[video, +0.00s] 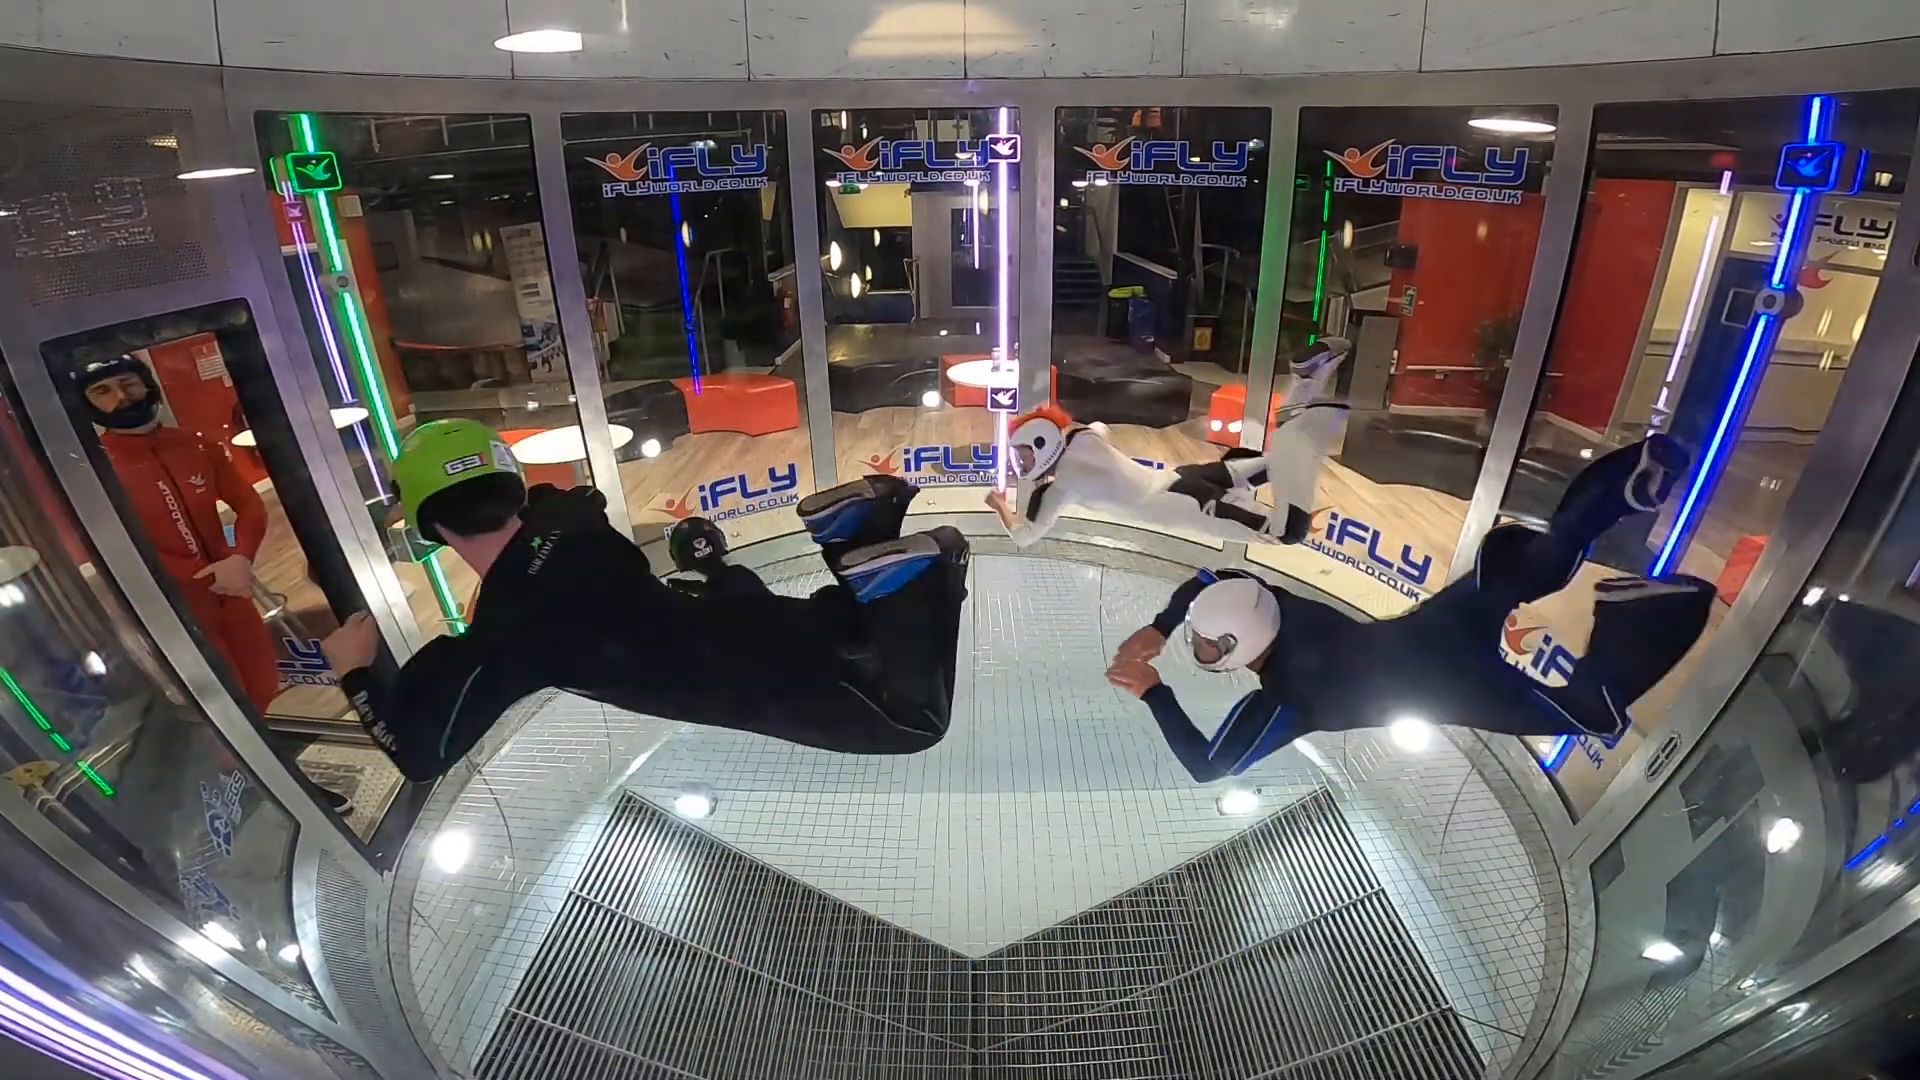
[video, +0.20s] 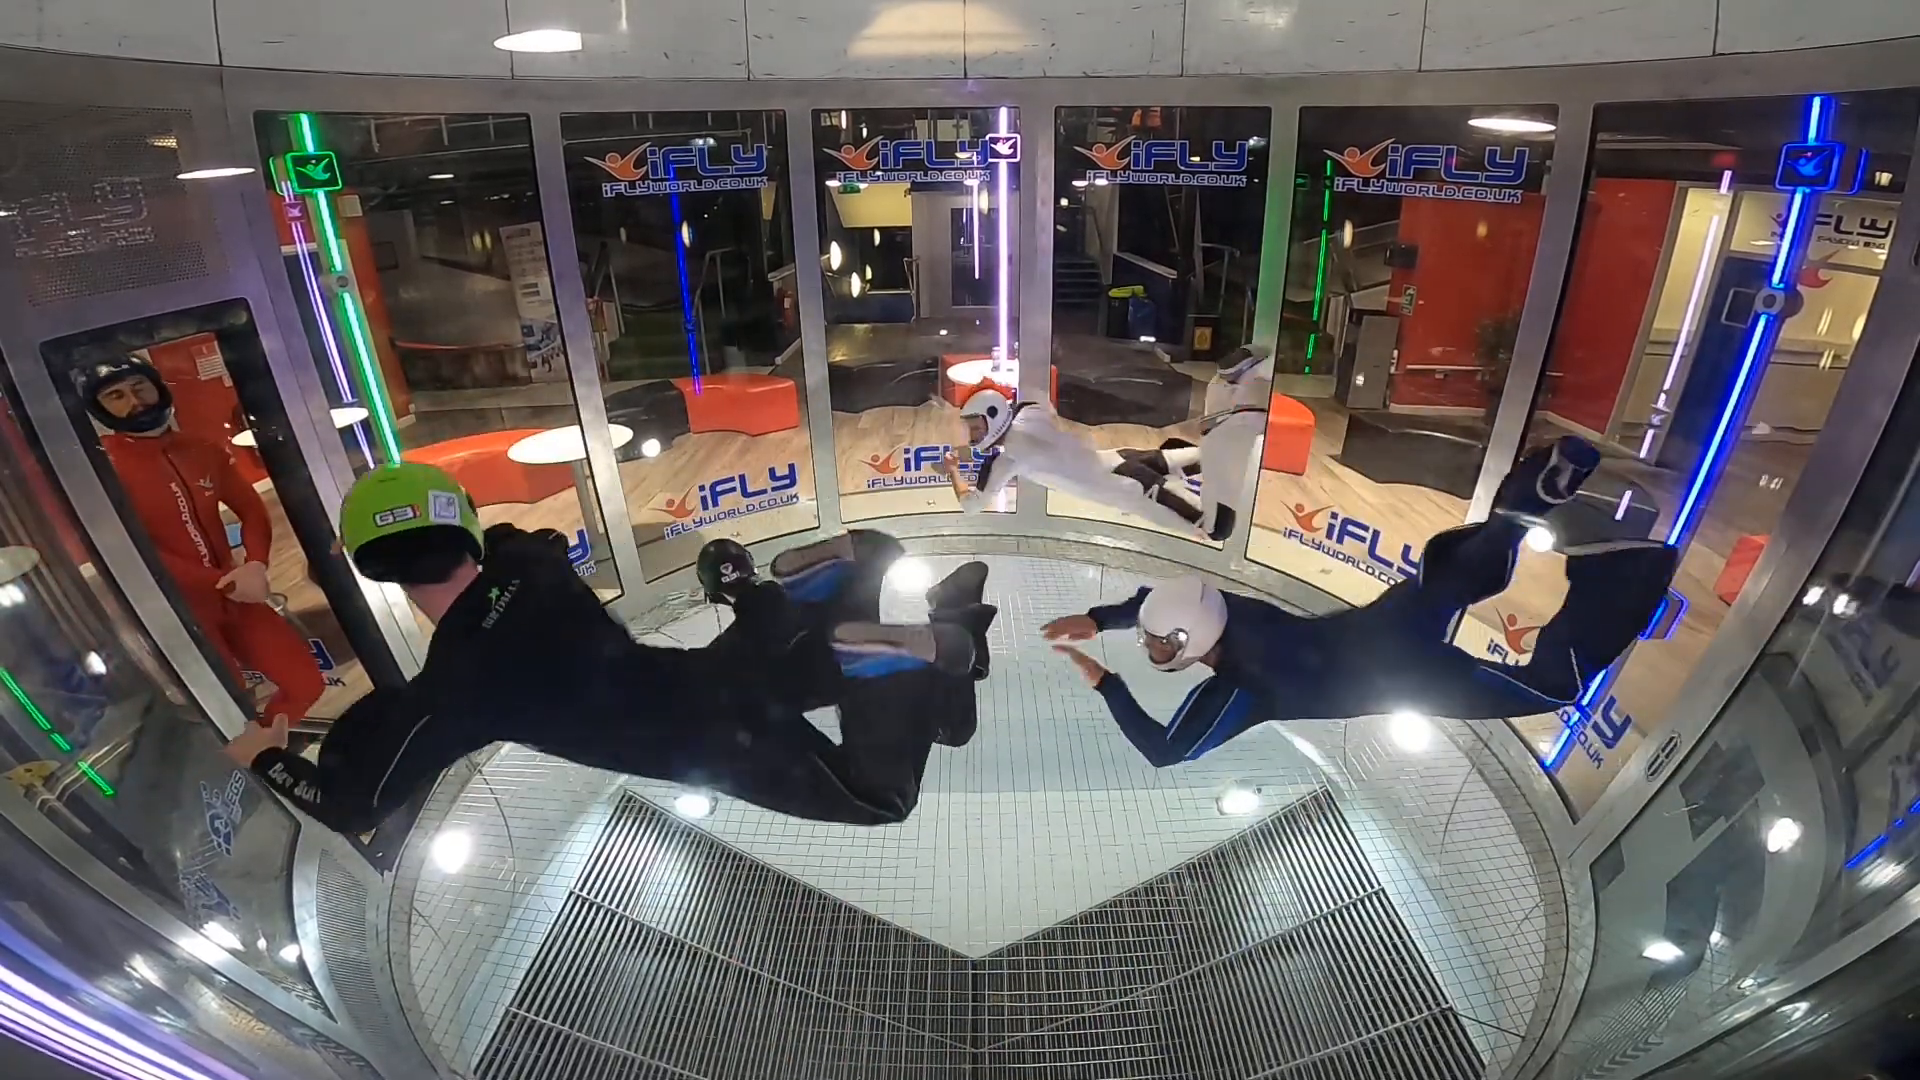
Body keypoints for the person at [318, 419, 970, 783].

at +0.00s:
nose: (431, 551)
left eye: (429, 535)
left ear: (443, 535)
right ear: (513, 483)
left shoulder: (517, 617)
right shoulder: (572, 522)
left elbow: (423, 746)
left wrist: (364, 669)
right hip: (750, 616)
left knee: (911, 720)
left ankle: (929, 574)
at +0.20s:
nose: (381, 580)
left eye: (379, 568)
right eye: (389, 562)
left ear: (395, 574)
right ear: (458, 527)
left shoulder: (461, 683)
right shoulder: (526, 557)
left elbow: (357, 800)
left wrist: (281, 757)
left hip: (708, 741)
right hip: (715, 668)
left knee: (877, 797)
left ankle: (915, 671)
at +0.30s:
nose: (372, 616)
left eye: (369, 602)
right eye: (375, 596)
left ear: (388, 608)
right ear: (449, 556)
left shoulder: (460, 716)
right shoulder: (526, 594)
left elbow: (349, 835)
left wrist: (261, 783)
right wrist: (293, 598)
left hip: (711, 778)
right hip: (716, 707)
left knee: (873, 836)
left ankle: (875, 717)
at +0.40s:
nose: (378, 656)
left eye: (378, 642)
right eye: (381, 640)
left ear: (397, 649)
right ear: (458, 598)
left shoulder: (460, 757)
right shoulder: (531, 624)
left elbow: (348, 872)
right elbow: (401, 623)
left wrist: (272, 815)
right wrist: (286, 612)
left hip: (715, 819)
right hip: (720, 746)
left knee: (882, 882)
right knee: (799, 752)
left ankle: (888, 782)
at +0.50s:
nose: (409, 707)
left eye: (402, 693)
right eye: (406, 690)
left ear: (401, 703)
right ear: (478, 646)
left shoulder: (468, 806)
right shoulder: (550, 667)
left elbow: (361, 912)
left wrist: (289, 855)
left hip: (726, 865)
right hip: (742, 791)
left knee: (901, 926)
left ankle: (875, 810)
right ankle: (857, 741)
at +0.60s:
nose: (451, 760)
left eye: (454, 743)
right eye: (442, 743)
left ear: (469, 735)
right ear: (502, 696)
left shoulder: (504, 846)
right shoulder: (565, 708)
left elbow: (393, 953)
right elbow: (565, 695)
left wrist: (301, 907)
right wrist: (477, 689)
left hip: (753, 908)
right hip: (757, 831)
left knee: (923, 963)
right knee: (862, 851)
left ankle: (918, 845)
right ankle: (885, 776)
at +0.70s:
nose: (483, 803)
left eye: (476, 787)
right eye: (477, 783)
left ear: (484, 793)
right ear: (532, 739)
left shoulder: (538, 887)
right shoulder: (594, 751)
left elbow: (434, 992)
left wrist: (356, 949)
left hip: (752, 946)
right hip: (762, 869)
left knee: (942, 988)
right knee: (874, 876)